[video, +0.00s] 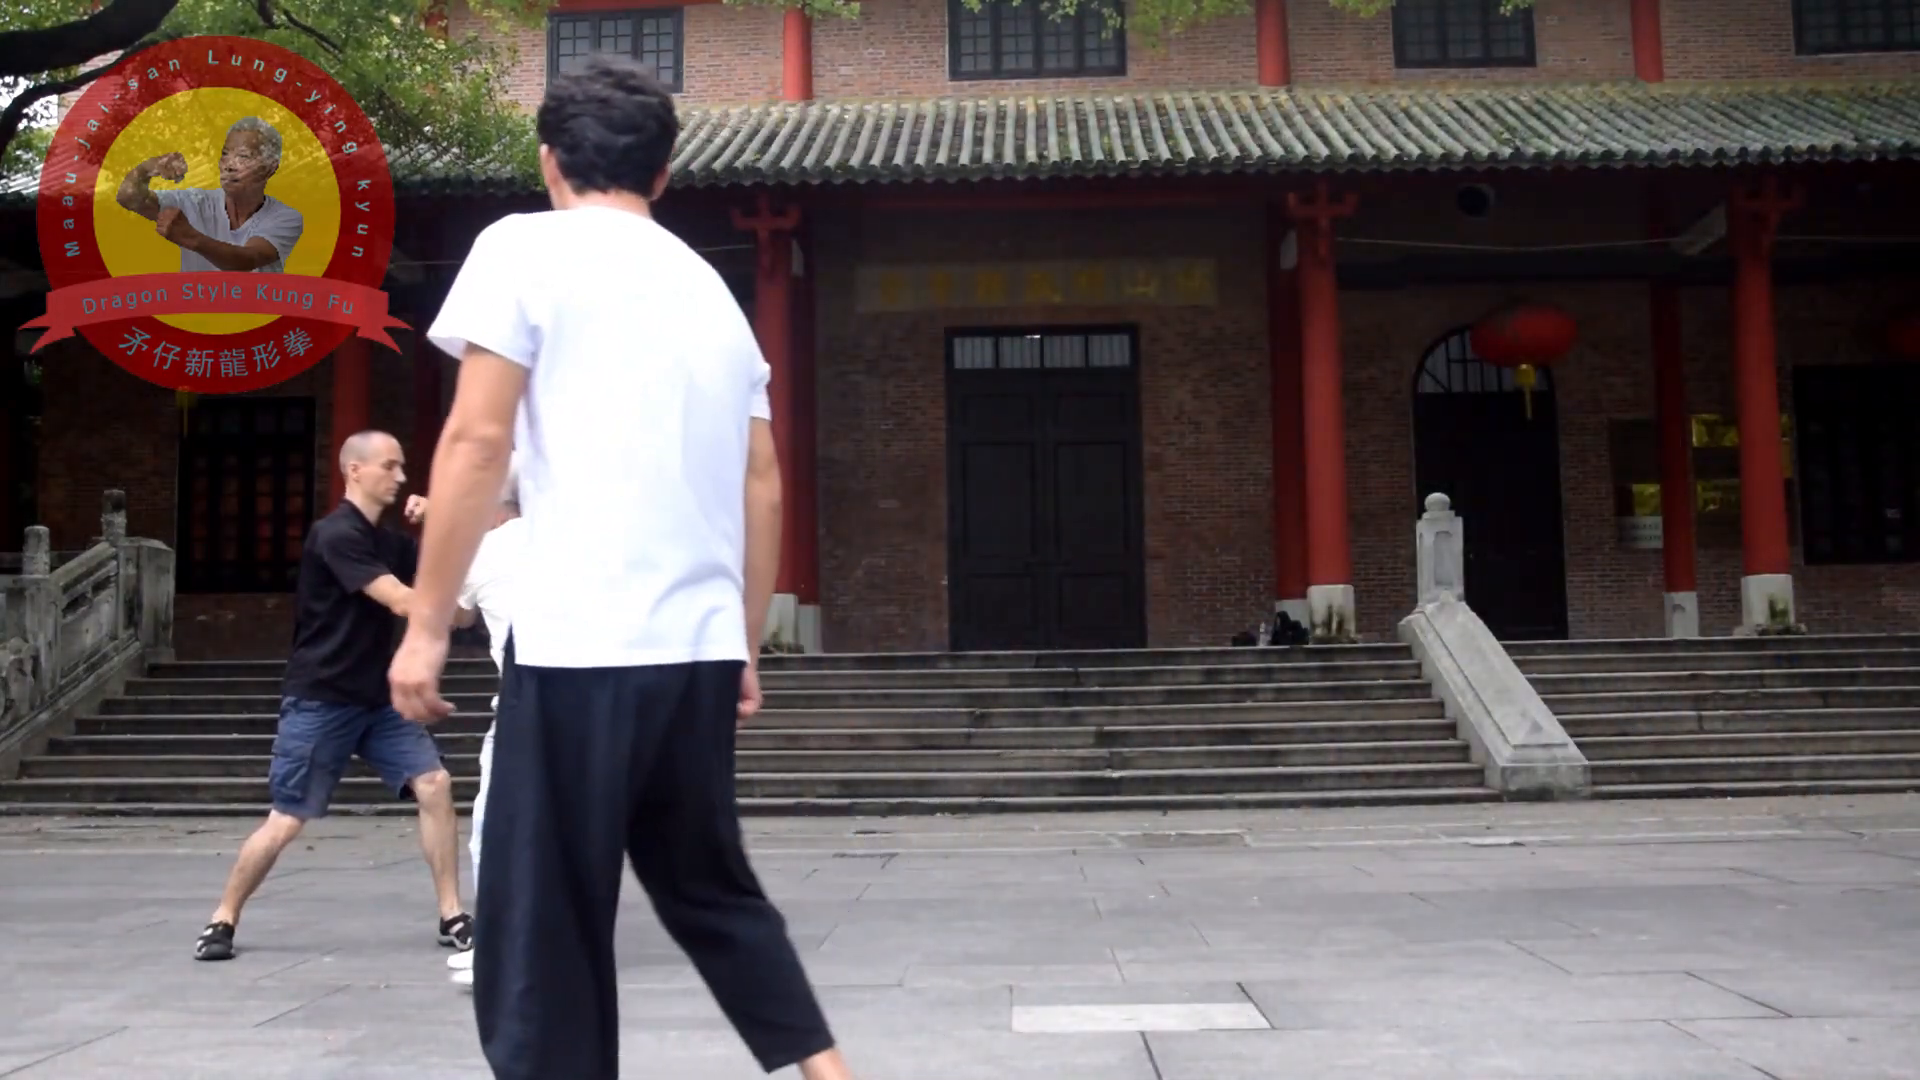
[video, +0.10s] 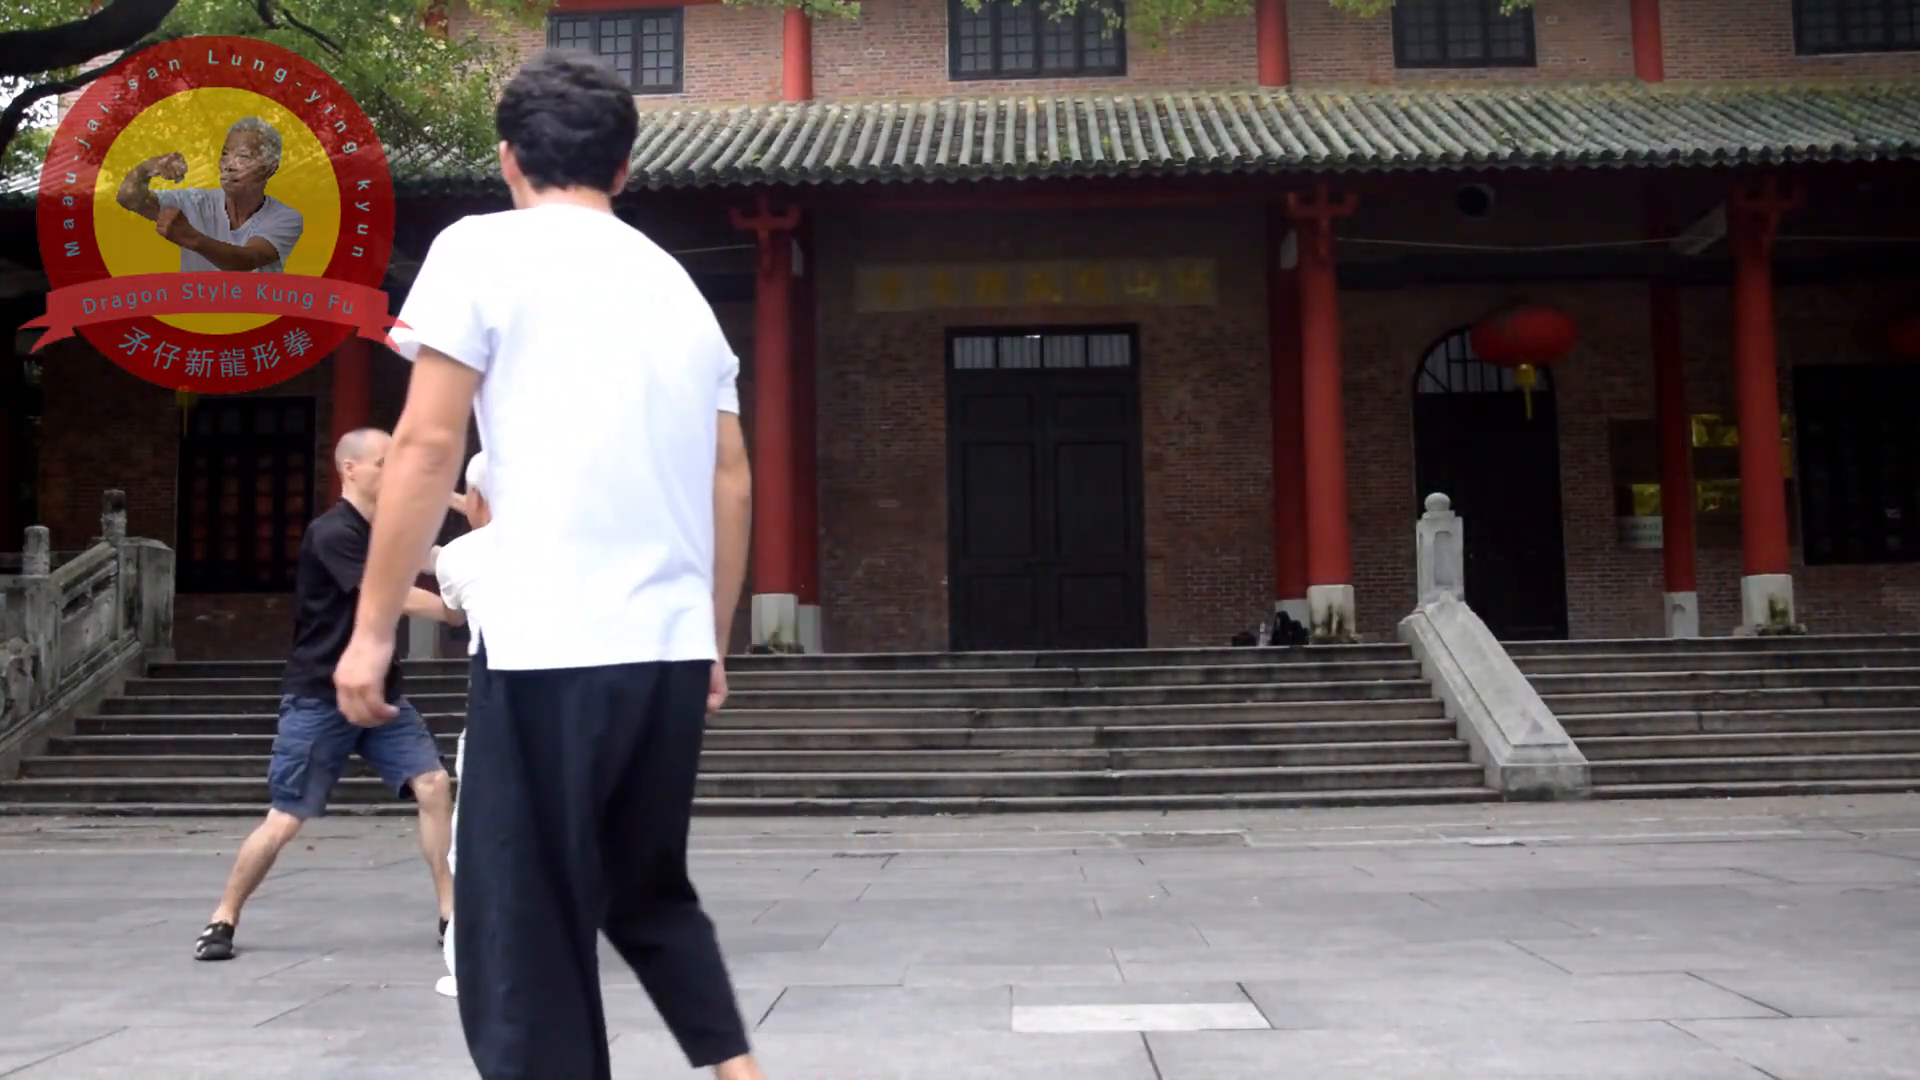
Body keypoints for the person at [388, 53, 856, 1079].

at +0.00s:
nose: (539, 165)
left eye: (540, 153)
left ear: (553, 161)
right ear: (661, 176)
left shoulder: (524, 247)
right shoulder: (713, 291)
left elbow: (481, 441)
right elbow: (764, 480)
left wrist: (428, 623)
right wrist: (745, 639)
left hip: (574, 656)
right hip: (701, 653)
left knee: (544, 916)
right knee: (710, 883)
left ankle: (553, 1074)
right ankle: (821, 1064)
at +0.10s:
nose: (499, 164)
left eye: (500, 152)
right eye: (507, 151)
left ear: (512, 160)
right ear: (620, 169)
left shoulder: (483, 247)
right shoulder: (679, 288)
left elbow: (427, 446)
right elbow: (731, 476)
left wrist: (372, 628)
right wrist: (714, 636)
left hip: (548, 656)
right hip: (672, 651)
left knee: (522, 924)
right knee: (648, 887)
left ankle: (549, 1076)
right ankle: (735, 1064)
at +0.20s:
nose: (468, 169)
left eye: (468, 156)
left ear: (480, 163)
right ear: (590, 168)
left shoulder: (450, 251)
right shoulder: (652, 288)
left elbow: (394, 450)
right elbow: (707, 475)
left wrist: (336, 633)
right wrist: (697, 634)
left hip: (520, 656)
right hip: (647, 656)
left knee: (507, 932)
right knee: (610, 919)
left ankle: (537, 1074)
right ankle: (618, 1073)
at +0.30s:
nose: (443, 170)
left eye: (443, 158)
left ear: (450, 165)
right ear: (561, 170)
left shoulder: (426, 254)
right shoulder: (626, 292)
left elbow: (368, 450)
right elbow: (683, 476)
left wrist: (314, 637)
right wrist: (683, 640)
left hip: (493, 661)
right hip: (618, 661)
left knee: (497, 949)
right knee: (552, 941)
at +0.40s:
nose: (420, 184)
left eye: (420, 171)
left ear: (427, 175)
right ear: (538, 179)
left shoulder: (410, 260)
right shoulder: (601, 303)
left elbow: (349, 453)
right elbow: (658, 480)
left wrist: (302, 643)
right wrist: (665, 644)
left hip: (464, 662)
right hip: (587, 661)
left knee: (486, 939)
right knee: (518, 924)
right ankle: (474, 1068)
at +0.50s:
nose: (396, 194)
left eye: (397, 181)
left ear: (402, 186)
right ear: (515, 193)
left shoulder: (385, 273)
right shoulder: (576, 320)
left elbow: (330, 456)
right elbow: (628, 489)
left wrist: (284, 649)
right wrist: (635, 654)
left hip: (434, 672)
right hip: (556, 673)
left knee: (474, 943)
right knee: (453, 932)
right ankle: (404, 1065)